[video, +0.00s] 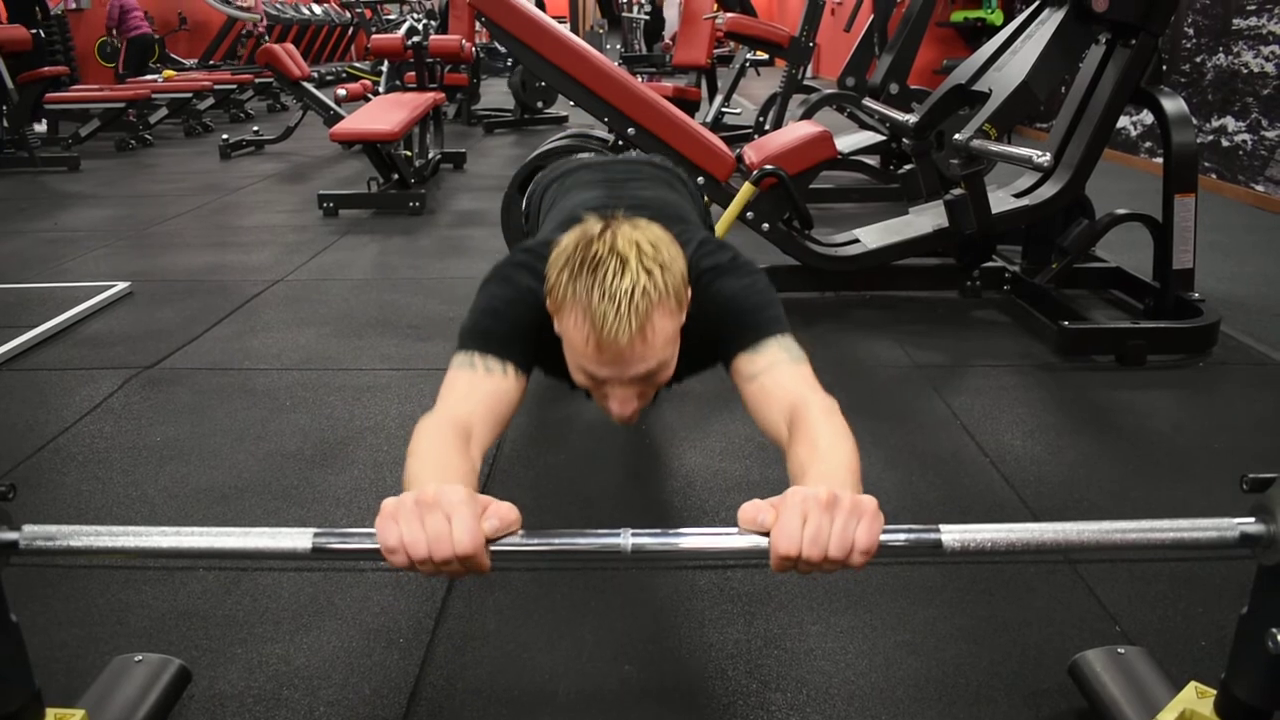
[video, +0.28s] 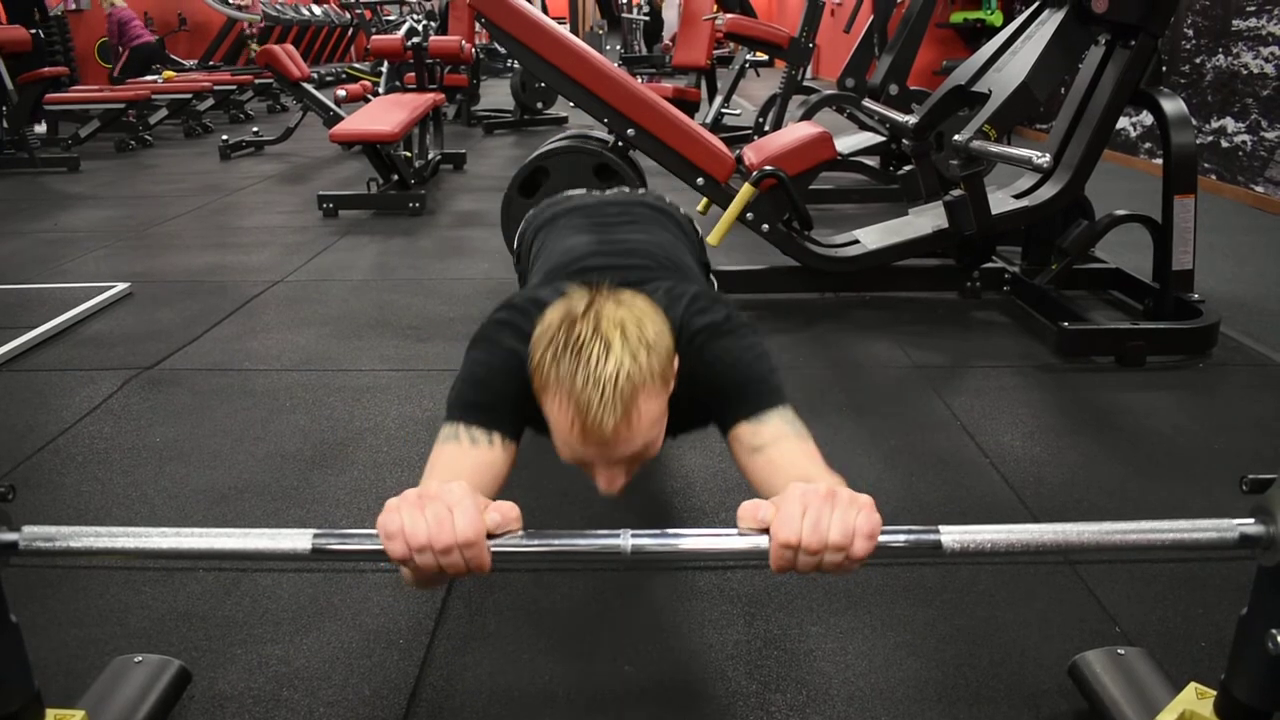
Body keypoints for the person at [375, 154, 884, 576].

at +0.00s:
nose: (622, 407)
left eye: (647, 379)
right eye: (594, 381)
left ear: (681, 313)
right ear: (556, 319)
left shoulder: (729, 284)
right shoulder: (517, 290)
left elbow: (806, 410)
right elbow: (456, 422)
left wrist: (826, 495)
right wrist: (439, 500)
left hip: (665, 171)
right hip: (548, 173)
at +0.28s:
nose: (608, 484)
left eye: (632, 457)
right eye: (582, 462)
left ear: (671, 384)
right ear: (543, 396)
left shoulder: (717, 341)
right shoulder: (505, 345)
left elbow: (804, 480)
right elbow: (449, 493)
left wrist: (819, 511)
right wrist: (439, 521)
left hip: (663, 216)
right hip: (552, 217)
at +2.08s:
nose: (627, 613)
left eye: (654, 583)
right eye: (600, 582)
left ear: (694, 516)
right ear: (556, 522)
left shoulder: (738, 431)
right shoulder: (518, 431)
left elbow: (873, 662)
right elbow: (393, 656)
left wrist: (836, 565)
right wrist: (440, 562)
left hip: (683, 265)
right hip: (560, 261)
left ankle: (657, 230)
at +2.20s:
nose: (630, 491)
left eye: (658, 463)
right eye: (607, 464)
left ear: (695, 399)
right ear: (564, 399)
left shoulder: (741, 362)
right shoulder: (518, 357)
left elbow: (856, 575)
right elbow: (410, 561)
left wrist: (831, 527)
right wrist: (445, 503)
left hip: (679, 204)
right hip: (562, 201)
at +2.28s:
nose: (633, 428)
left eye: (661, 396)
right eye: (607, 397)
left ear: (698, 338)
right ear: (569, 342)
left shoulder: (744, 312)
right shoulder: (530, 299)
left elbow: (855, 525)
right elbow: (414, 511)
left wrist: (827, 497)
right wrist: (443, 480)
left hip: (677, 173)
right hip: (561, 173)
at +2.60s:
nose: (632, 283)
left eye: (659, 248)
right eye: (602, 250)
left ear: (695, 210)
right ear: (561, 217)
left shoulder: (741, 208)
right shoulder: (521, 207)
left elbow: (831, 355)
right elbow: (426, 354)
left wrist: (828, 441)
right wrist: (436, 441)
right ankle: (576, 109)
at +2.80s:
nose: (620, 208)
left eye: (648, 174)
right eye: (591, 175)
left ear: (686, 142)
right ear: (553, 147)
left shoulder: (733, 157)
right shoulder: (512, 152)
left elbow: (808, 293)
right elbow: (433, 290)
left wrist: (818, 439)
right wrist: (438, 443)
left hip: (660, 275)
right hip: (570, 276)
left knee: (650, 288)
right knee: (594, 288)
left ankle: (648, 297)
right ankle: (598, 294)